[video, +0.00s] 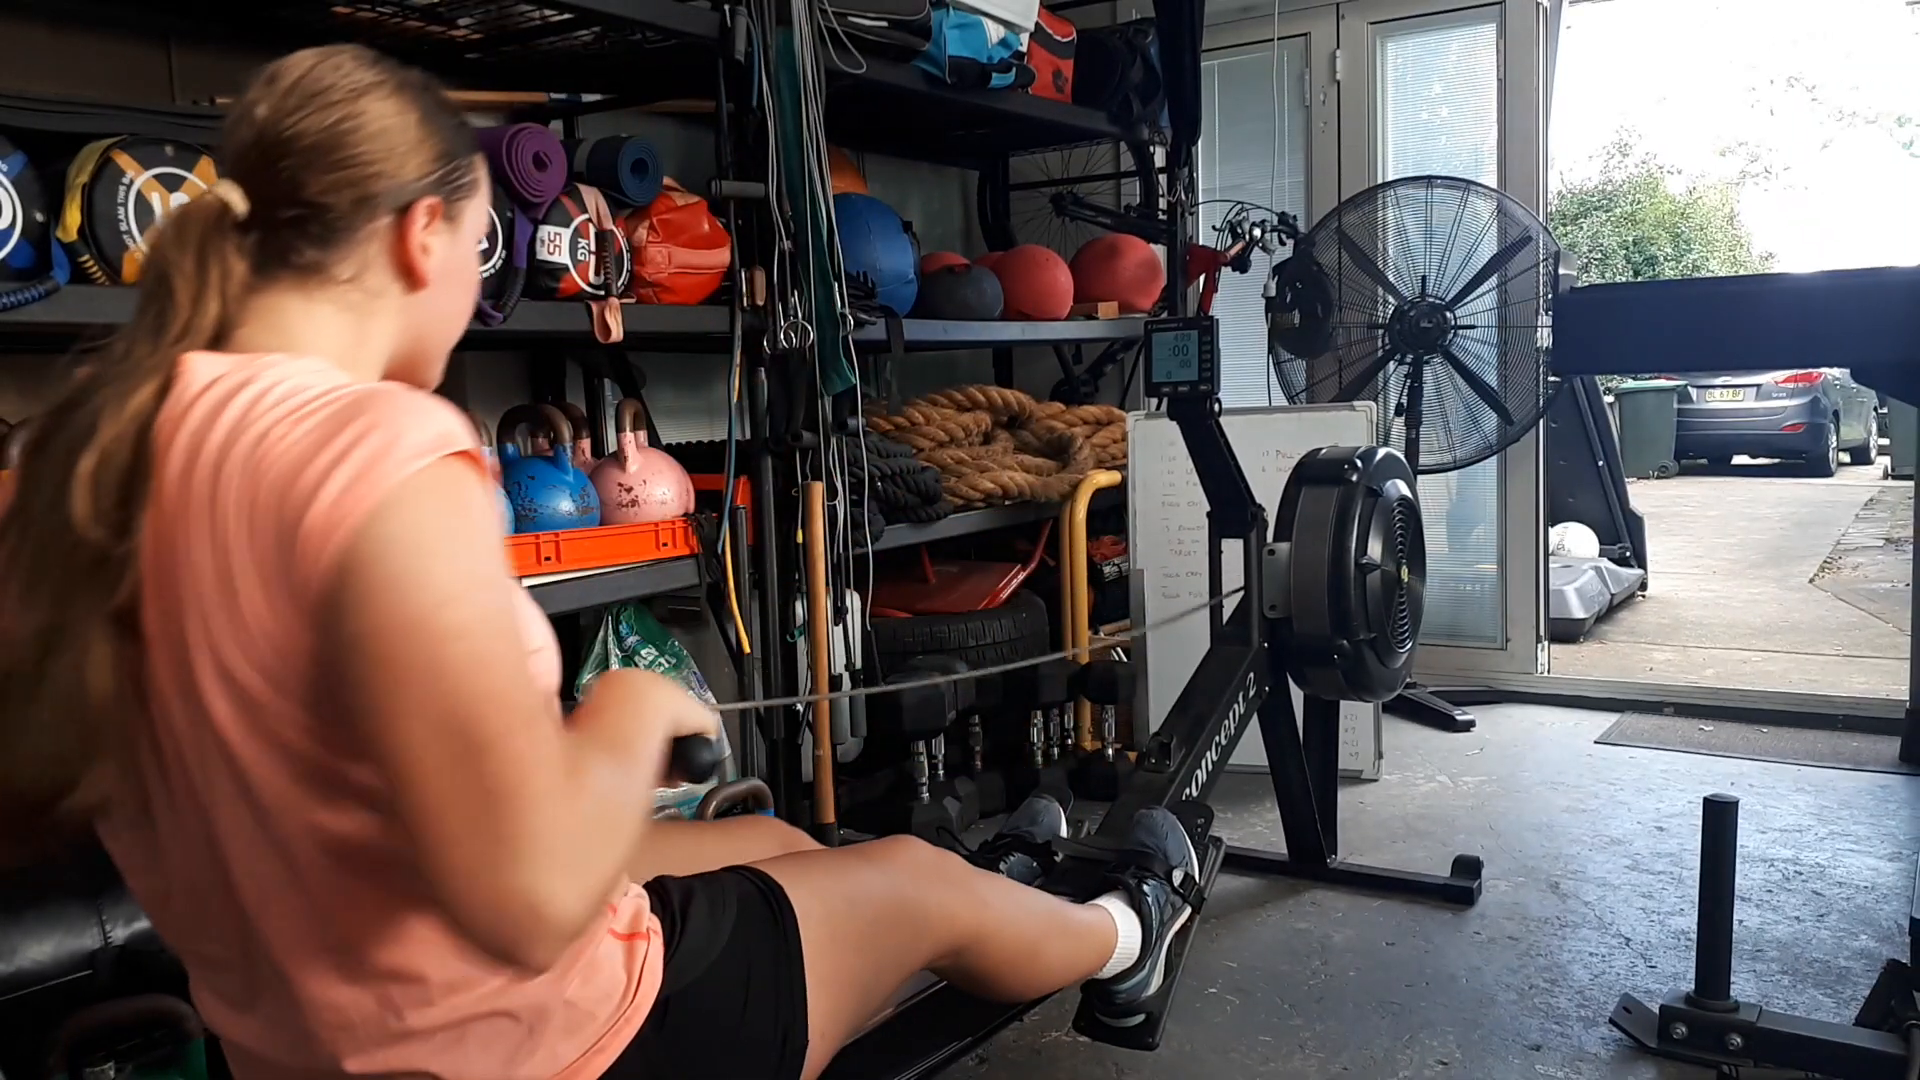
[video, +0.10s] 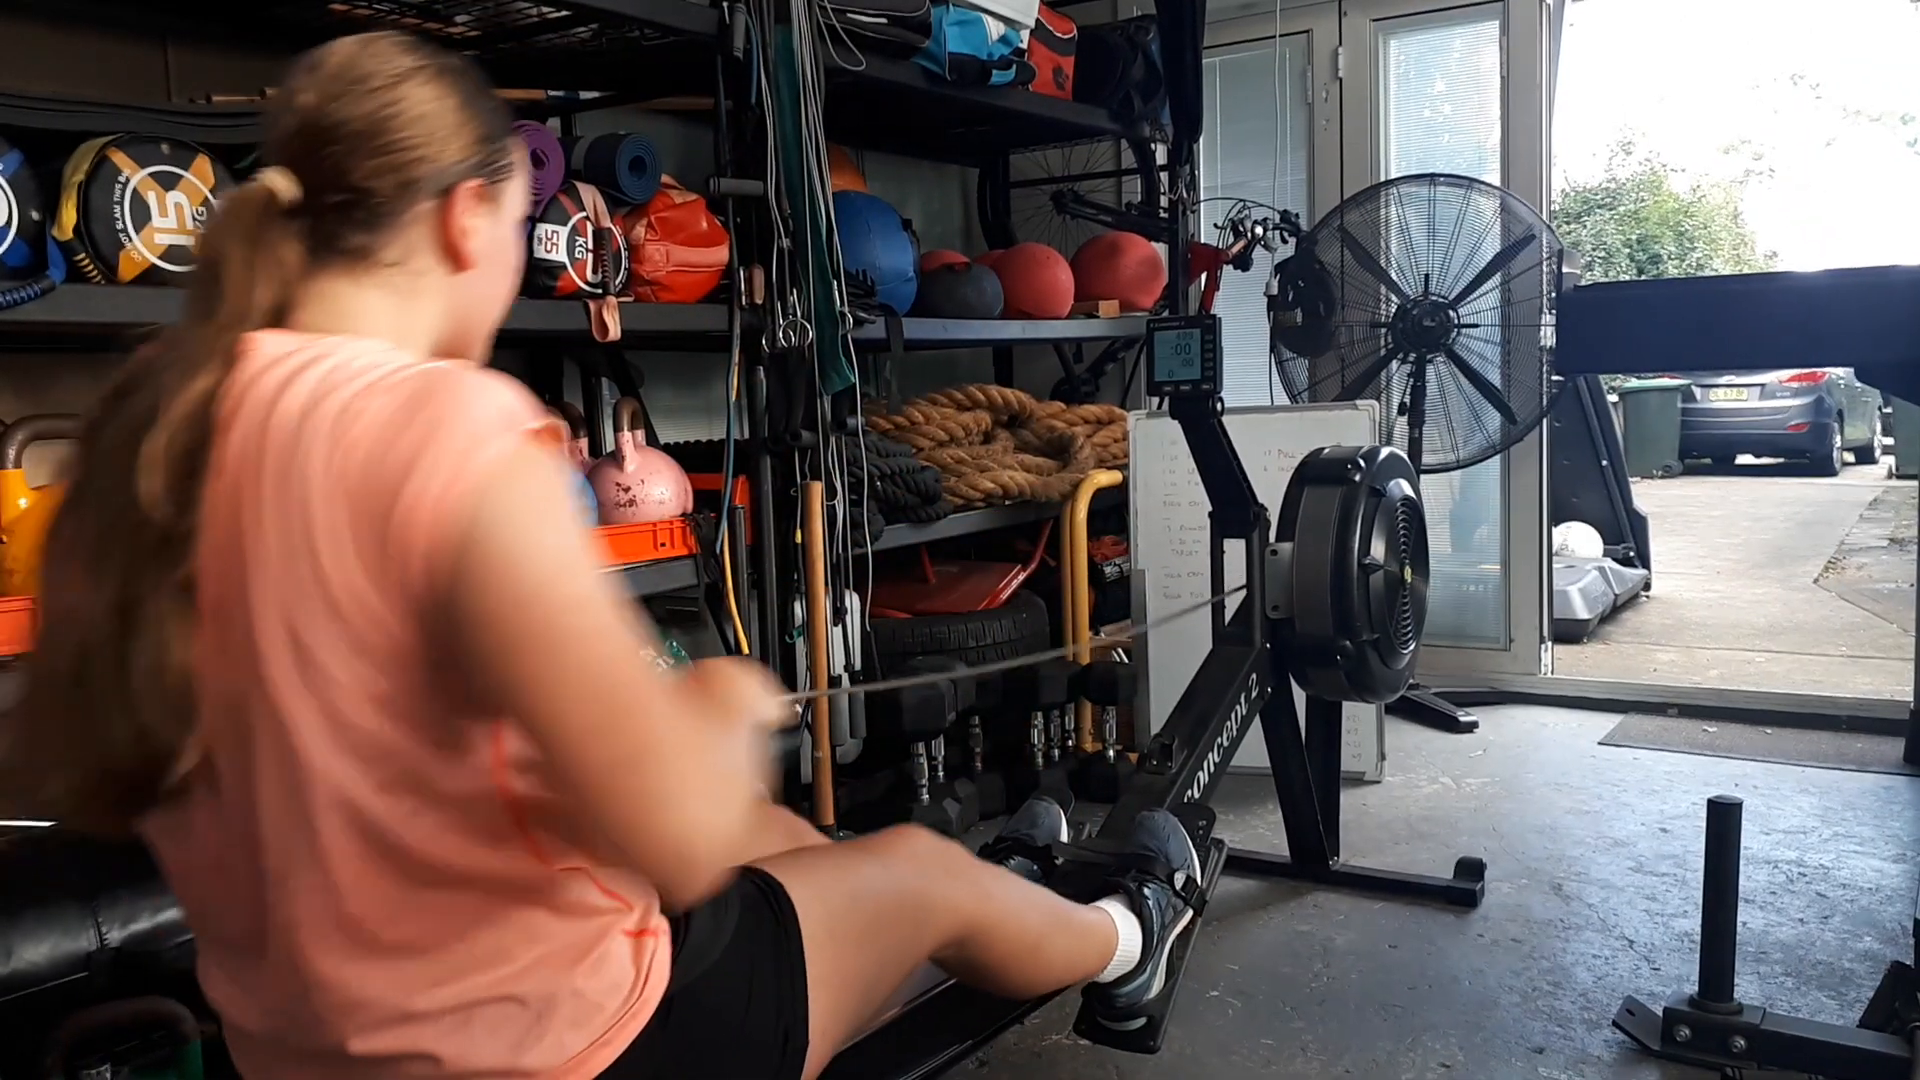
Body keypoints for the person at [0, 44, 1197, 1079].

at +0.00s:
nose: (481, 289)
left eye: (486, 251)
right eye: (483, 247)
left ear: (248, 233)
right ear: (418, 239)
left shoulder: (101, 433)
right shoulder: (387, 464)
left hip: (286, 1034)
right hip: (517, 1044)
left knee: (760, 841)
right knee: (918, 880)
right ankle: (1114, 945)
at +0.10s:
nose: (521, 268)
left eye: (523, 228)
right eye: (520, 226)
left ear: (286, 218)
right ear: (461, 223)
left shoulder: (153, 424)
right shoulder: (449, 439)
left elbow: (102, 771)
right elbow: (681, 847)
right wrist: (729, 705)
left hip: (286, 1038)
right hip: (539, 1040)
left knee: (754, 815)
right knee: (925, 870)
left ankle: (887, 992)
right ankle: (1115, 948)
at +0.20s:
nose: (604, 245)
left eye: (603, 212)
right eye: (597, 210)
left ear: (388, 213)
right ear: (542, 211)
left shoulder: (292, 406)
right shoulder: (561, 416)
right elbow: (847, 748)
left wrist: (821, 774)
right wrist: (869, 660)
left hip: (320, 1030)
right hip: (562, 1035)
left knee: (814, 784)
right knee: (931, 832)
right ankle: (1115, 948)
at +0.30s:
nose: (689, 248)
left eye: (687, 217)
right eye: (684, 216)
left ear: (488, 214)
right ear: (636, 219)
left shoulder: (378, 394)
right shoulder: (675, 408)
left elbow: (492, 676)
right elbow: (951, 690)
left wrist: (720, 633)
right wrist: (982, 633)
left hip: (355, 1011)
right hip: (596, 1026)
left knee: (792, 755)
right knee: (949, 783)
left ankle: (907, 928)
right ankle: (1122, 955)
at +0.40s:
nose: (769, 256)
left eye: (768, 232)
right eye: (768, 230)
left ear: (584, 235)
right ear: (735, 239)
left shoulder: (490, 396)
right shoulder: (775, 413)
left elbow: (573, 604)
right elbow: (1029, 628)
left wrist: (787, 617)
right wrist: (1060, 610)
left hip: (416, 1015)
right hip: (659, 1025)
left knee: (794, 711)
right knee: (974, 730)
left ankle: (916, 901)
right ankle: (1122, 959)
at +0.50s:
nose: (842, 271)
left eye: (835, 250)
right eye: (840, 249)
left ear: (675, 250)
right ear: (815, 257)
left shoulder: (591, 407)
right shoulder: (852, 415)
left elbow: (668, 585)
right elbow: (1058, 589)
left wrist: (868, 603)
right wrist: (1128, 599)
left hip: (497, 986)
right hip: (728, 996)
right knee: (993, 665)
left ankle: (928, 898)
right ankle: (1121, 958)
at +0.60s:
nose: (903, 282)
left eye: (898, 259)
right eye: (901, 262)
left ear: (745, 272)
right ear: (881, 276)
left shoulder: (663, 415)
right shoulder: (912, 418)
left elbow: (757, 571)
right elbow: (1094, 563)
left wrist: (955, 599)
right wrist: (1180, 595)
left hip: (565, 955)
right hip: (796, 969)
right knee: (1015, 629)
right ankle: (1118, 960)